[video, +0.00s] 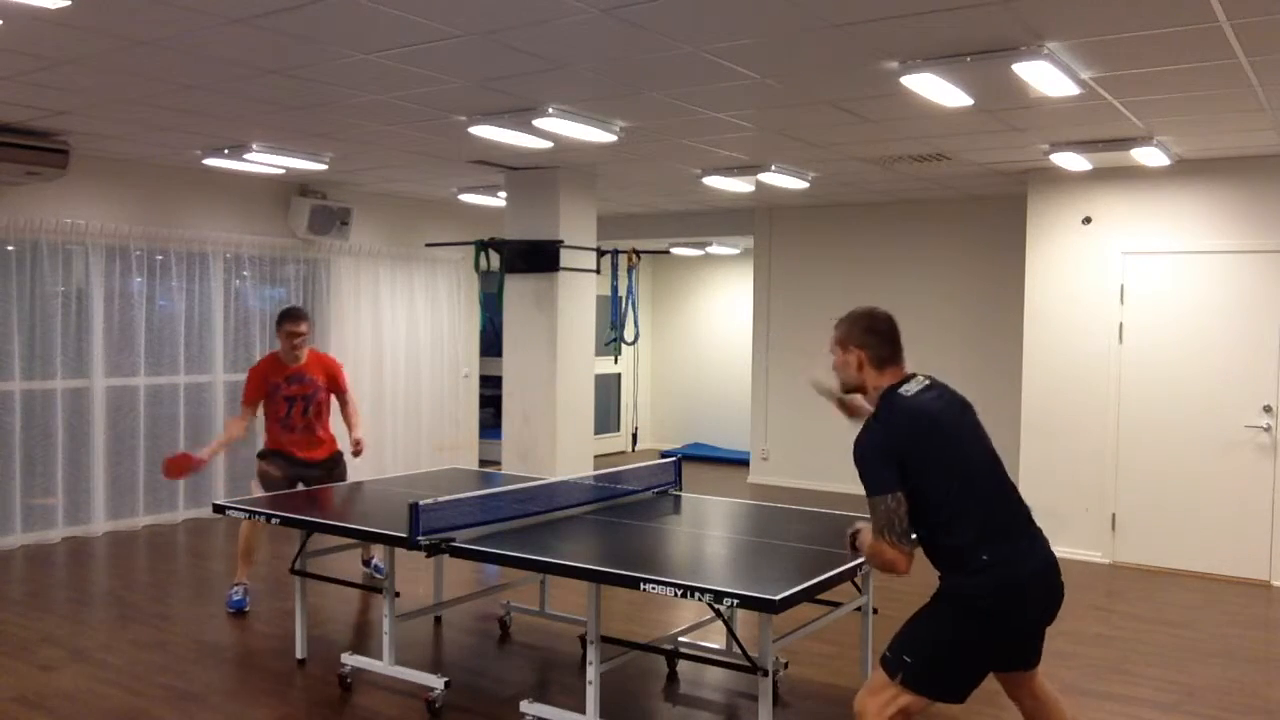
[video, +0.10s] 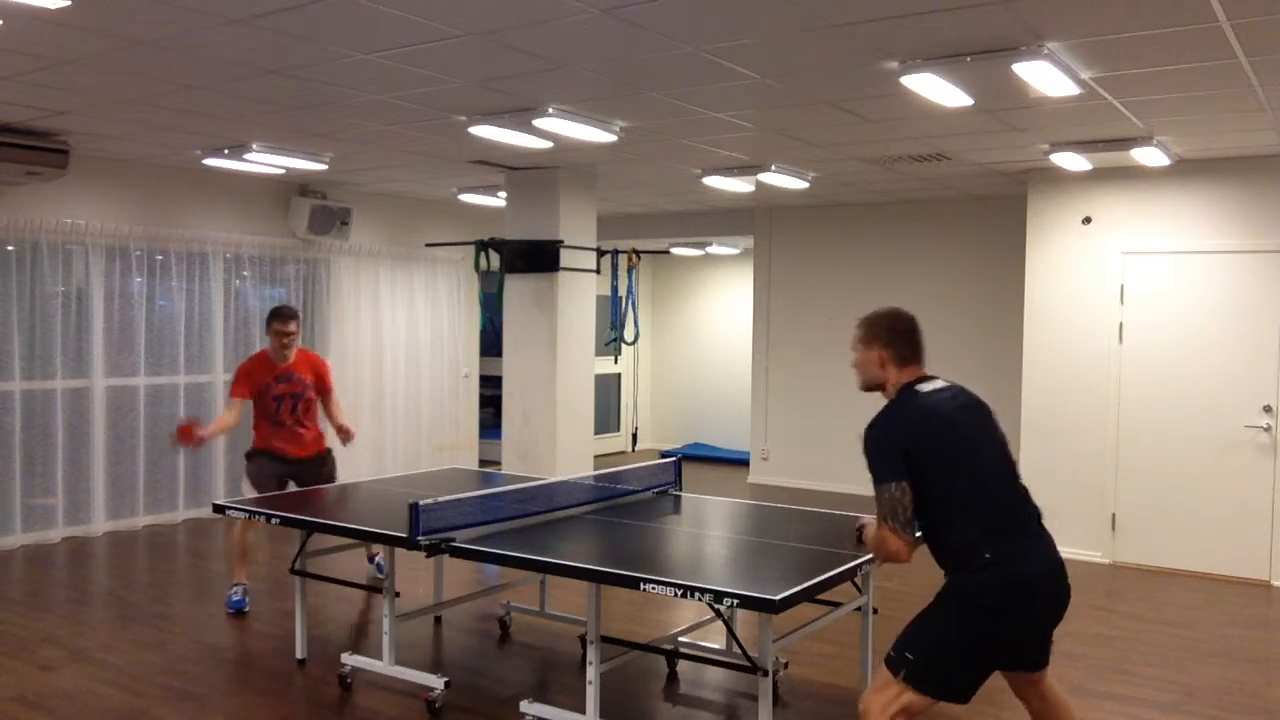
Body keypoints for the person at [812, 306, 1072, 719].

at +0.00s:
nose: (834, 363)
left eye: (836, 353)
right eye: (833, 353)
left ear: (857, 359)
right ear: (895, 352)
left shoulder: (876, 437)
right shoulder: (938, 392)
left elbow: (896, 560)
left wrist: (864, 539)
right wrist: (866, 411)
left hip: (981, 592)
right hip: (1037, 572)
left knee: (875, 706)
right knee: (1024, 683)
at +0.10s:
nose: (852, 360)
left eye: (858, 349)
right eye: (854, 349)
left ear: (881, 356)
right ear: (915, 353)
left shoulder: (887, 429)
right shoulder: (963, 398)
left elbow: (898, 548)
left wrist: (870, 531)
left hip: (985, 591)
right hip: (1045, 574)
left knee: (881, 706)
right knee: (1031, 682)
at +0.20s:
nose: (883, 363)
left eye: (888, 352)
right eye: (884, 353)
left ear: (912, 357)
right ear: (939, 358)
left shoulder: (905, 421)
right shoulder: (994, 408)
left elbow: (899, 538)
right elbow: (1002, 499)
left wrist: (887, 550)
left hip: (989, 590)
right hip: (1057, 579)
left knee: (887, 703)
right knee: (1042, 680)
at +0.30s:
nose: (918, 376)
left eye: (923, 365)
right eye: (919, 366)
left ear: (944, 367)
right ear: (975, 368)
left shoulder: (926, 423)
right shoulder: (1030, 424)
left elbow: (907, 533)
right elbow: (1068, 523)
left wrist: (911, 576)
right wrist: (1073, 585)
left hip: (989, 592)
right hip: (1061, 585)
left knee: (897, 705)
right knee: (1046, 677)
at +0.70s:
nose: (946, 391)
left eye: (947, 380)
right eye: (946, 381)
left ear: (960, 379)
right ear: (1000, 381)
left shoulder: (949, 428)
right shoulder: (1035, 429)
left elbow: (923, 522)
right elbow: (1050, 512)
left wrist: (897, 579)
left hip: (1019, 593)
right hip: (1087, 587)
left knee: (930, 708)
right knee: (1047, 672)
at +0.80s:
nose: (940, 394)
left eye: (940, 384)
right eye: (939, 384)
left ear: (955, 384)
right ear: (992, 382)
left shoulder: (959, 423)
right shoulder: (1019, 424)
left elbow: (920, 502)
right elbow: (1027, 518)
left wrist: (870, 550)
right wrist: (939, 521)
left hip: (1035, 589)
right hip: (1092, 581)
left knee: (958, 707)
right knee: (1047, 672)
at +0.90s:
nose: (928, 384)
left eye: (929, 374)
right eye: (927, 375)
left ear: (944, 373)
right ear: (976, 372)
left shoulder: (967, 405)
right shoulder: (998, 411)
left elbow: (980, 445)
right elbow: (958, 471)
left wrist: (899, 506)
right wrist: (889, 484)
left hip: (1048, 570)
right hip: (1088, 566)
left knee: (965, 699)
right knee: (1040, 662)